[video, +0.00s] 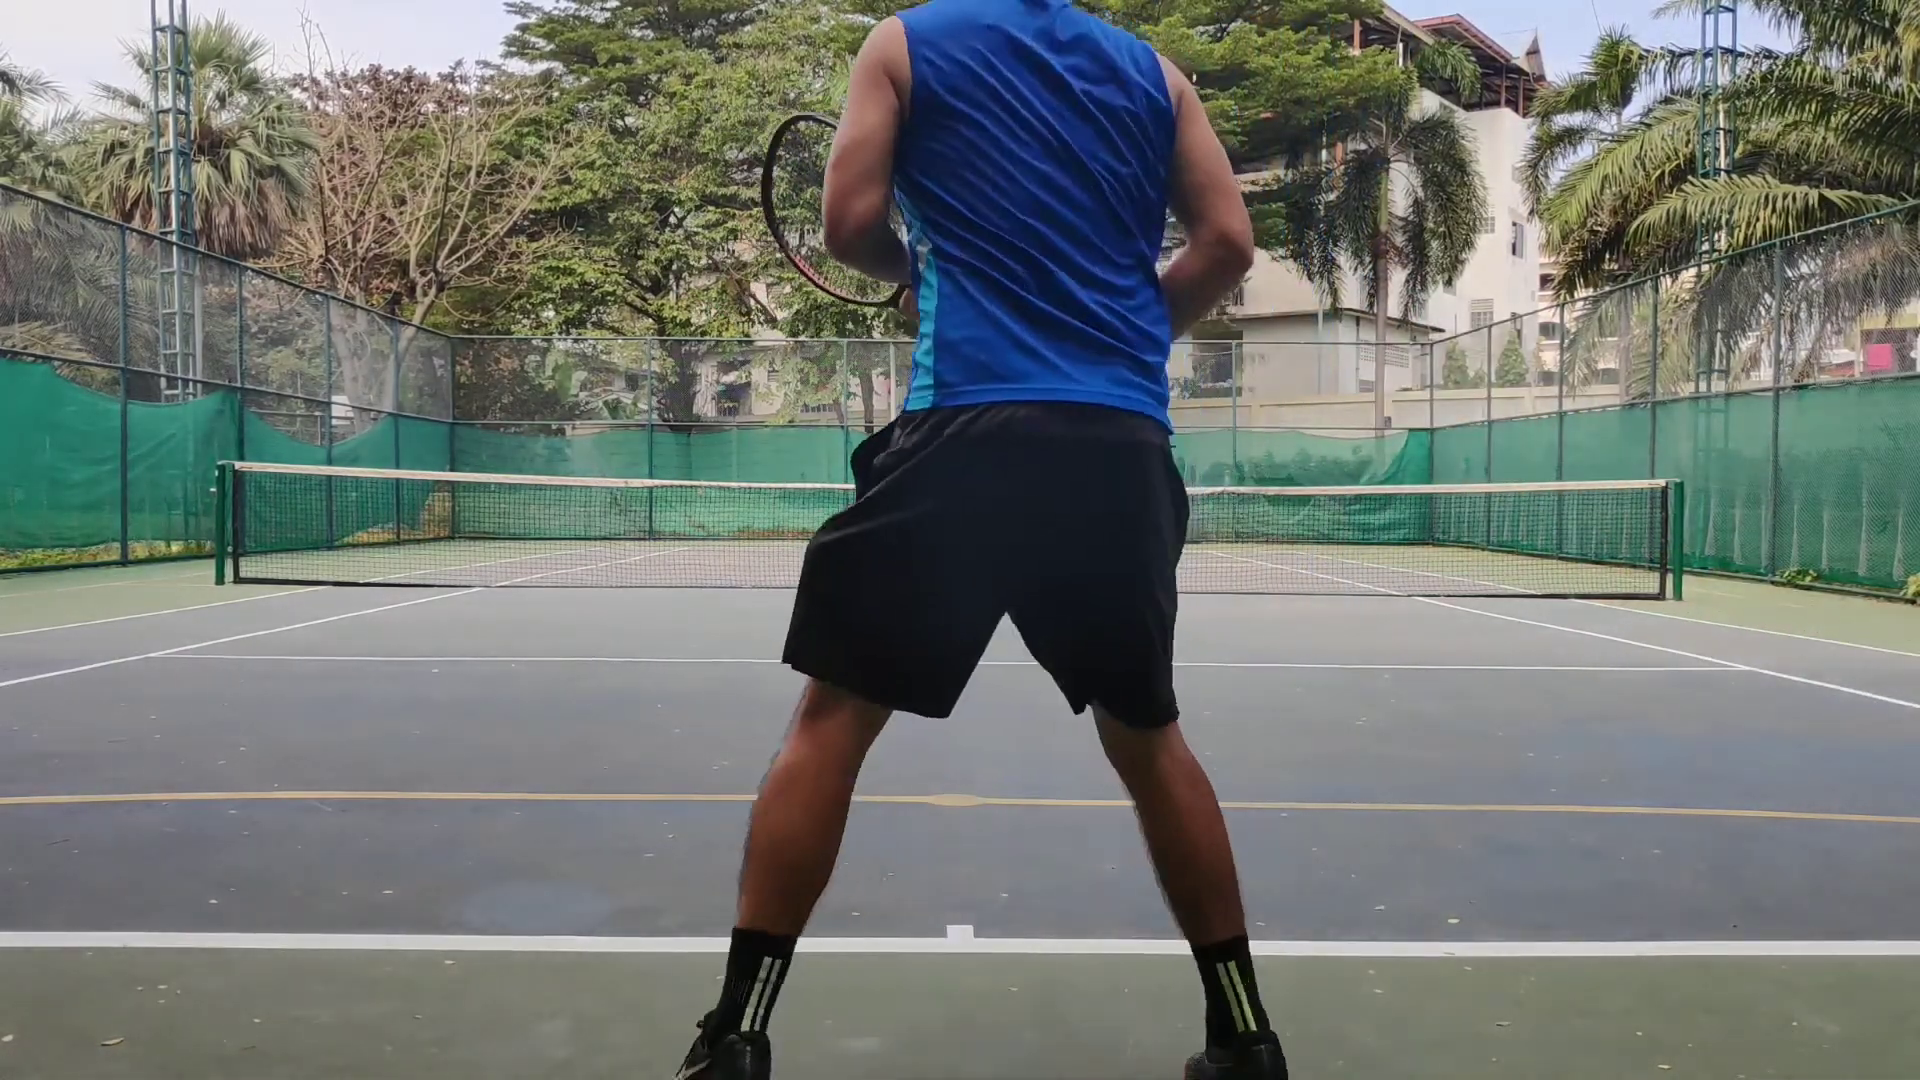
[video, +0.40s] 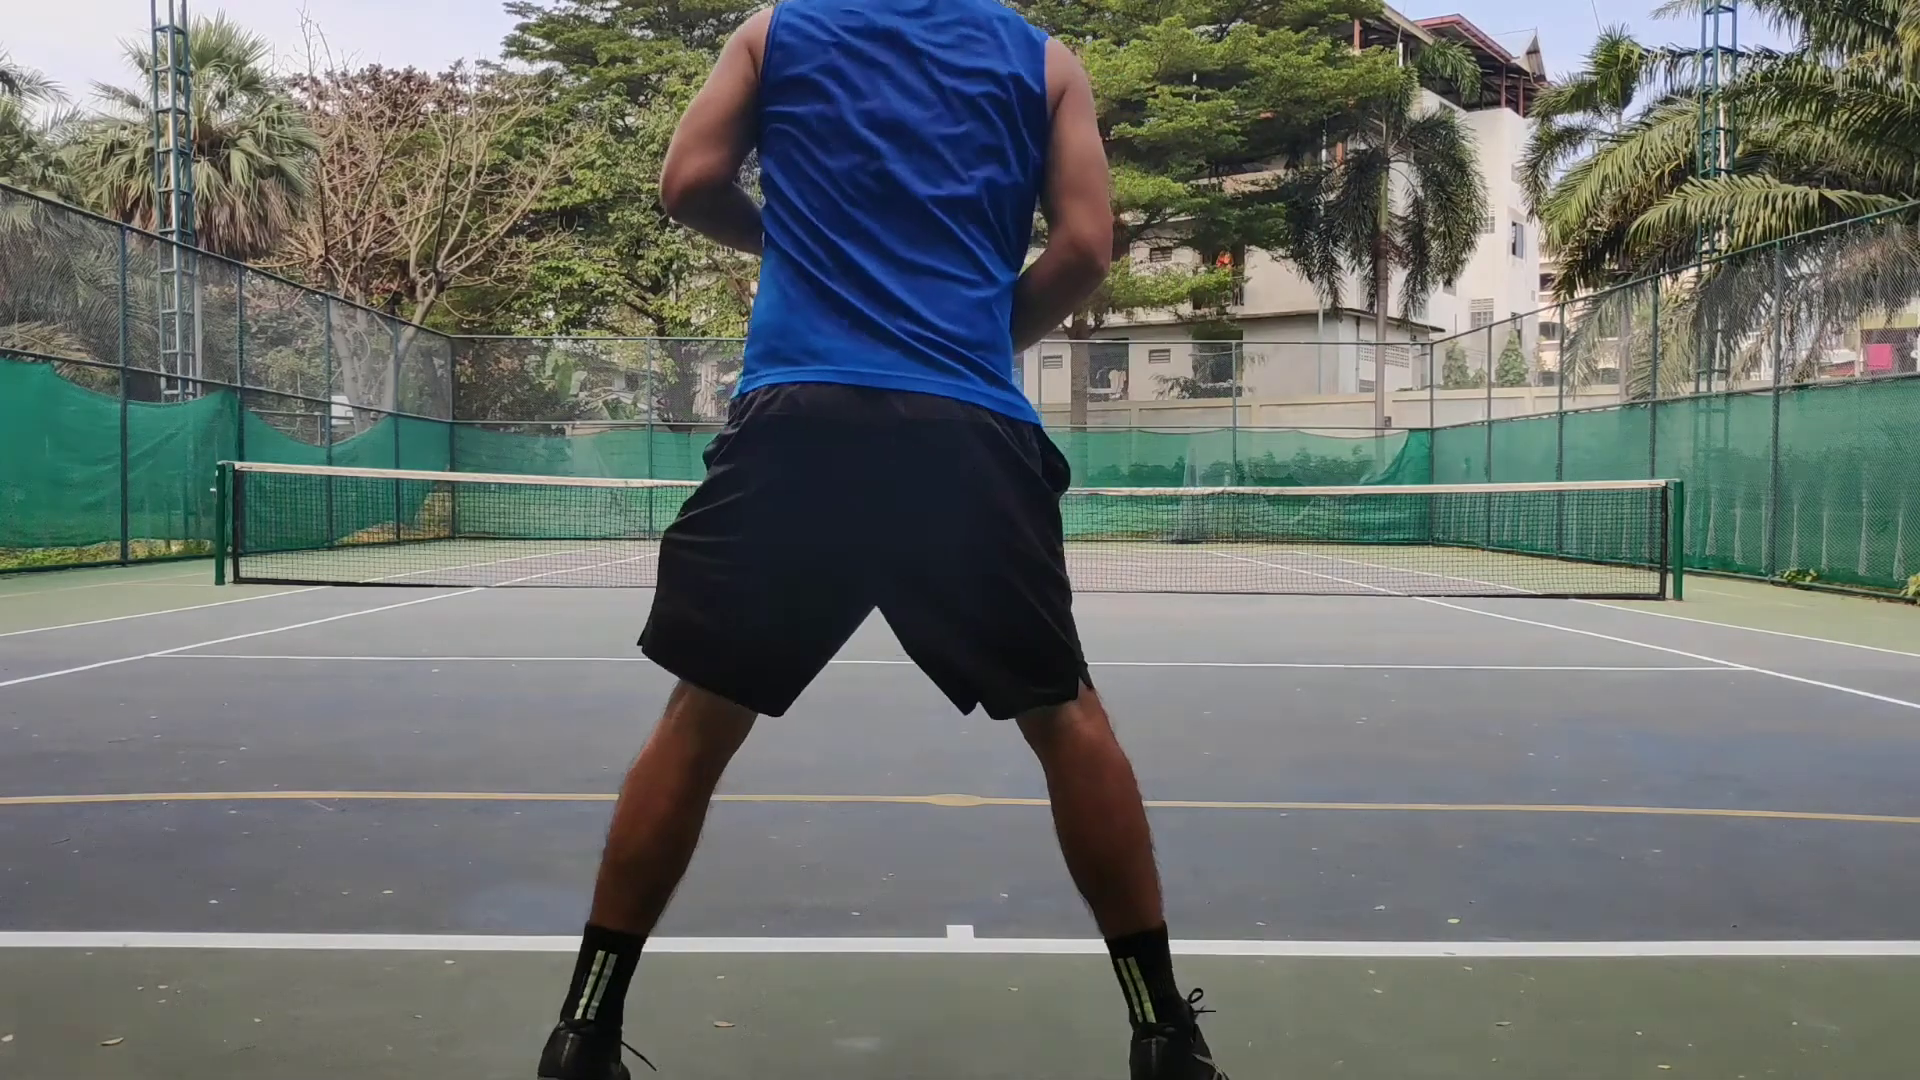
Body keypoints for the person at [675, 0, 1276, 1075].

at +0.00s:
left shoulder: (907, 40)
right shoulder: (1154, 70)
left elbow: (848, 225)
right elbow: (1228, 239)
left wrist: (917, 266)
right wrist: (1139, 317)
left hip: (959, 452)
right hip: (1118, 460)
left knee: (829, 726)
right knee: (1151, 738)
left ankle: (738, 1031)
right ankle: (1243, 1028)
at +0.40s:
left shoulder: (783, 26)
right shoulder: (1047, 58)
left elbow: (689, 179)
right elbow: (1086, 245)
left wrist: (789, 238)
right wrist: (990, 329)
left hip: (796, 440)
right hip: (968, 453)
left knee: (693, 732)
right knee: (1069, 725)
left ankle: (583, 1029)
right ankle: (1163, 1028)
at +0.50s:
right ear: (942, 2)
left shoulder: (748, 78)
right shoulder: (1017, 98)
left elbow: (657, 238)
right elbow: (1061, 299)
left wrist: (751, 288)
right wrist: (961, 375)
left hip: (762, 491)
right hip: (943, 500)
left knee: (644, 775)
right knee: (1055, 780)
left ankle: (510, 1050)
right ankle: (1137, 1062)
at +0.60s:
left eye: (802, 39)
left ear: (795, 57)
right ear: (908, 66)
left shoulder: (708, 165)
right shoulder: (972, 178)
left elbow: (610, 338)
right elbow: (1010, 382)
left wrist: (706, 385)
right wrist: (928, 464)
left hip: (717, 566)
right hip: (899, 582)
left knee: (630, 799)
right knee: (1028, 822)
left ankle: (529, 1061)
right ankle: (1120, 1072)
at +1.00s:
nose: (568, 63)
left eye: (566, 45)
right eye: (570, 42)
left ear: (447, 32)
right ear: (558, 44)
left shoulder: (404, 126)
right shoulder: (460, 126)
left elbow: (529, 305)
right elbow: (475, 306)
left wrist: (689, 367)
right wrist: (676, 378)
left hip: (178, 500)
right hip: (287, 523)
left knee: (316, 750)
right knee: (502, 801)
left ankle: (111, 1021)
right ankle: (370, 1070)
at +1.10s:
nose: (448, 82)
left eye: (450, 59)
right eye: (449, 56)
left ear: (331, 38)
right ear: (428, 54)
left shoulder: (364, 189)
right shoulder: (284, 126)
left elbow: (480, 316)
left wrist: (608, 346)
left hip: (104, 536)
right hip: (163, 536)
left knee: (134, 819)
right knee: (436, 788)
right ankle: (358, 1077)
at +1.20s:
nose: (300, 76)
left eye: (303, 53)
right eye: (302, 50)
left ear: (172, 32)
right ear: (275, 45)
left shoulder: (247, 202)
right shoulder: (82, 120)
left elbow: (369, 300)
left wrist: (472, 356)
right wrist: (70, 281)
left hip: (86, 548)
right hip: (40, 546)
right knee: (298, 781)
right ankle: (329, 1070)